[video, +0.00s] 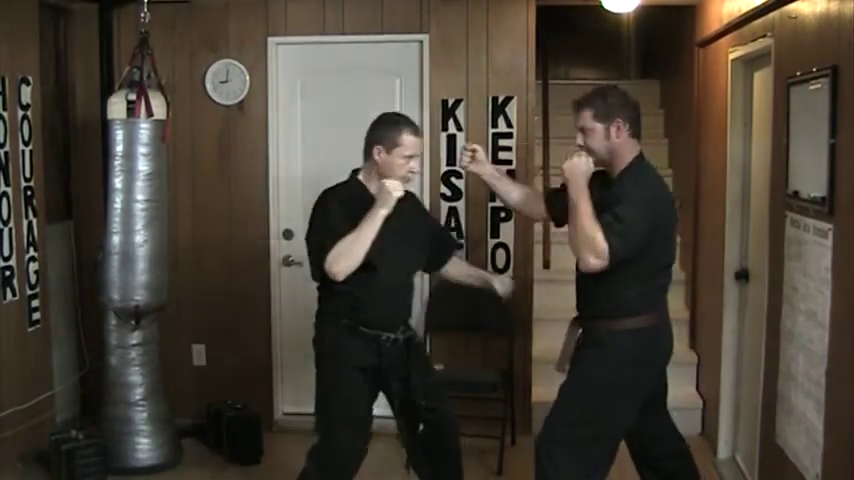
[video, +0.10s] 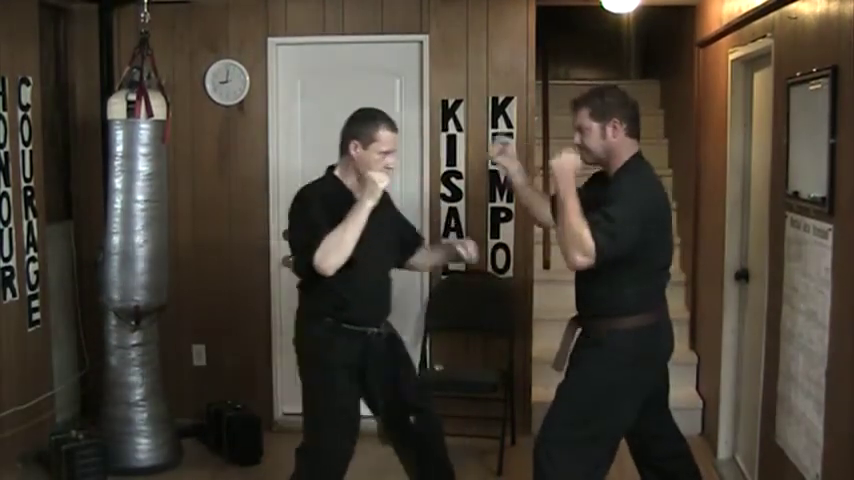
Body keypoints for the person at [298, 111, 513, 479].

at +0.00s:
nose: (415, 167)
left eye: (417, 158)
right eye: (407, 158)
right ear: (377, 154)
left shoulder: (408, 206)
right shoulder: (336, 202)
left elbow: (443, 261)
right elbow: (336, 267)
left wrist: (489, 279)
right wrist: (381, 209)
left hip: (400, 344)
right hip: (345, 344)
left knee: (437, 438)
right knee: (342, 448)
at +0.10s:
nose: (391, 163)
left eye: (394, 154)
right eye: (384, 153)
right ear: (353, 149)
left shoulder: (378, 200)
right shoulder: (313, 198)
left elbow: (414, 256)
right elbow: (324, 263)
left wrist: (449, 250)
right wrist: (366, 202)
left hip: (378, 339)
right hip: (327, 340)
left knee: (421, 435)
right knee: (329, 447)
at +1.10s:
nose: (264, 172)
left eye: (267, 164)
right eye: (259, 163)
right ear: (231, 155)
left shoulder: (247, 202)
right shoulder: (188, 199)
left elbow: (276, 254)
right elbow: (214, 258)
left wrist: (299, 210)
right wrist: (248, 196)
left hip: (234, 343)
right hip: (184, 342)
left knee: (275, 433)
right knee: (159, 447)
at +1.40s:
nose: (287, 168)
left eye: (289, 160)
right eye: (282, 158)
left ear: (259, 155)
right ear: (254, 153)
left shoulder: (262, 199)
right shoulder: (211, 198)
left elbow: (296, 247)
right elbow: (249, 251)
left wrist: (317, 206)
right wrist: (274, 184)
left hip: (253, 341)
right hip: (206, 341)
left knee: (289, 429)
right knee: (176, 438)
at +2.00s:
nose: (379, 163)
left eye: (380, 154)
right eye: (373, 153)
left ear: (351, 150)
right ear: (344, 149)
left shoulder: (361, 196)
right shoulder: (299, 195)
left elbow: (390, 247)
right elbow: (320, 252)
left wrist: (416, 216)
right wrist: (350, 187)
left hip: (358, 336)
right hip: (309, 337)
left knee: (399, 429)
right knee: (316, 445)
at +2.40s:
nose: (450, 171)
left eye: (452, 162)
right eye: (444, 161)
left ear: (423, 157)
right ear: (415, 155)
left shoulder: (442, 208)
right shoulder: (365, 196)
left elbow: (489, 258)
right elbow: (360, 256)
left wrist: (537, 290)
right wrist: (406, 200)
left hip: (412, 344)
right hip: (358, 339)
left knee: (443, 444)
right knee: (340, 441)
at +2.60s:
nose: (454, 168)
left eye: (456, 160)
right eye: (448, 159)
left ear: (427, 155)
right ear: (419, 154)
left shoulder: (445, 203)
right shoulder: (369, 196)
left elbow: (492, 251)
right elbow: (375, 258)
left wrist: (545, 279)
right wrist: (418, 200)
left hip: (416, 345)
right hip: (362, 341)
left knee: (447, 442)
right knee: (336, 448)